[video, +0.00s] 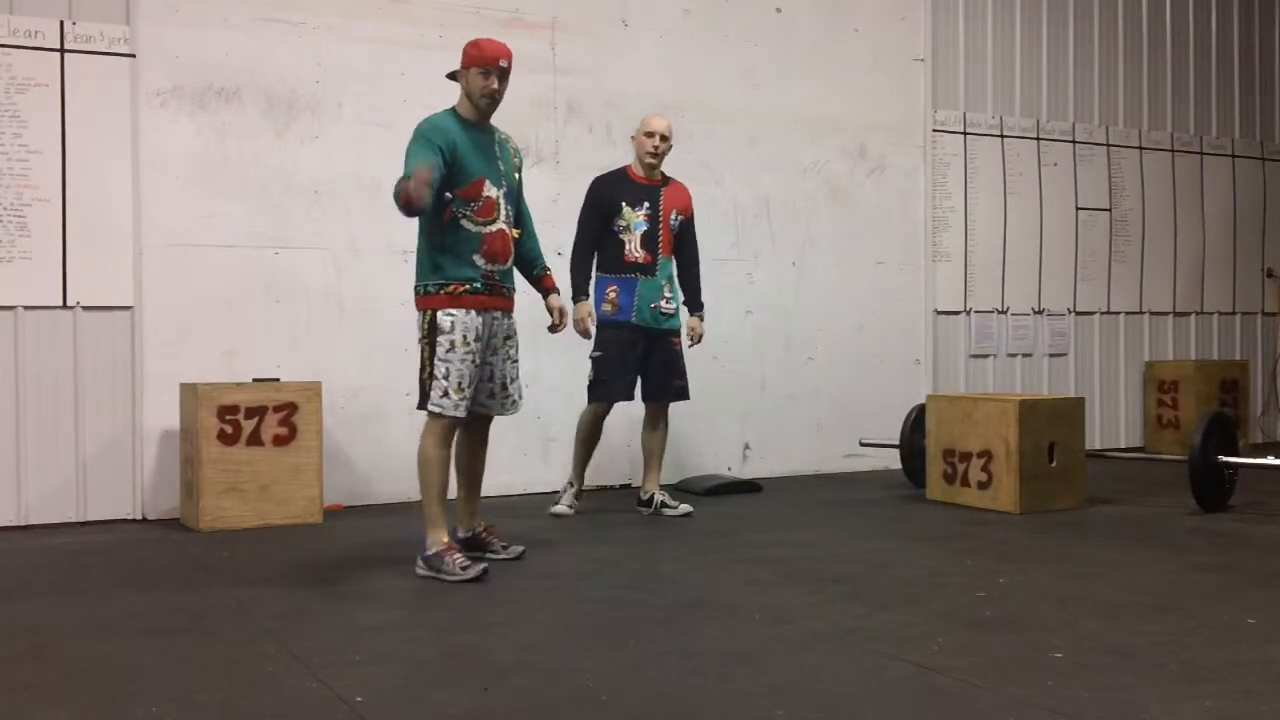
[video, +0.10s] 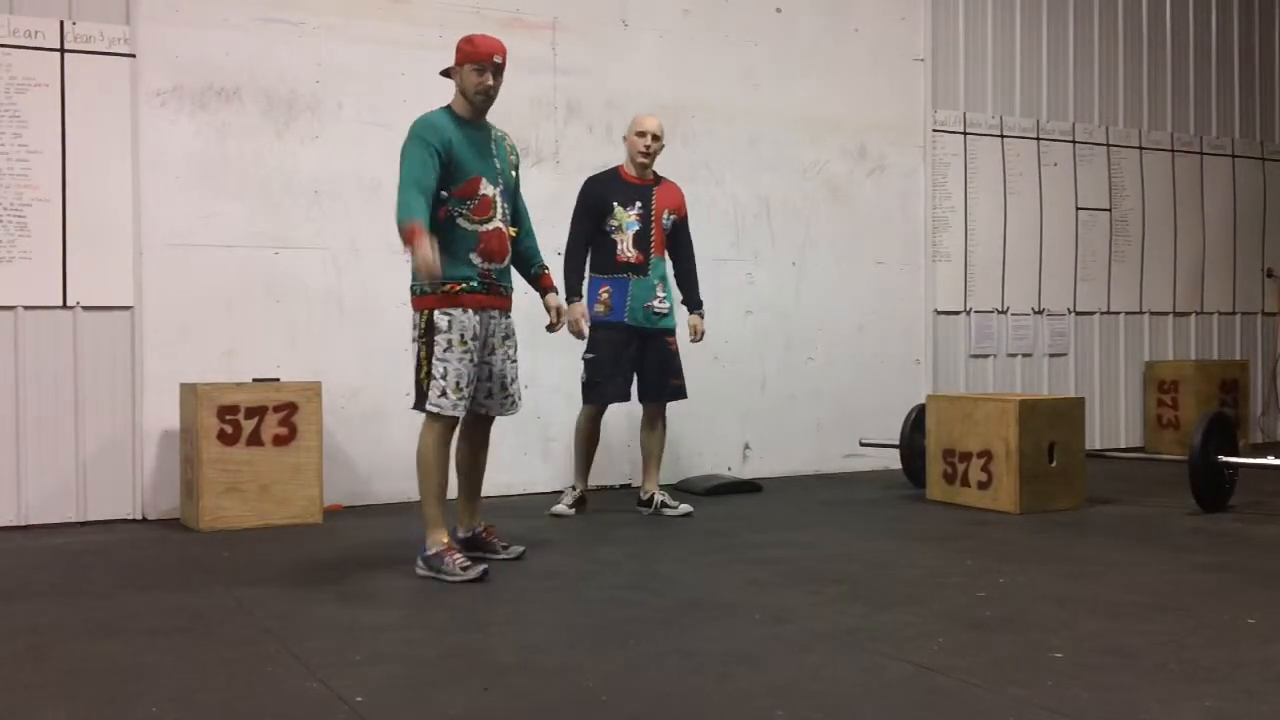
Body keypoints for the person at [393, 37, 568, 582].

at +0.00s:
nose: (491, 83)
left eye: (500, 75)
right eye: (482, 72)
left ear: (507, 83)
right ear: (460, 76)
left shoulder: (506, 148)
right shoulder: (437, 133)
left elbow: (520, 225)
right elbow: (415, 189)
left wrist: (549, 289)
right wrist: (417, 190)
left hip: (497, 300)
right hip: (450, 296)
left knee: (479, 416)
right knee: (443, 416)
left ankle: (470, 529)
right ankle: (436, 545)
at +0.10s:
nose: (488, 78)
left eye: (496, 70)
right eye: (477, 68)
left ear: (502, 78)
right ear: (455, 73)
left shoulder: (502, 145)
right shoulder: (432, 131)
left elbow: (517, 224)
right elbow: (412, 194)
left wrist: (547, 287)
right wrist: (421, 241)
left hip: (495, 301)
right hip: (448, 297)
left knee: (480, 415)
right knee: (442, 415)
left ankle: (470, 529)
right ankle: (436, 544)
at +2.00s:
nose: (503, 101)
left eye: (506, 92)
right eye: (501, 89)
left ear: (479, 83)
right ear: (474, 80)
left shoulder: (480, 144)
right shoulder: (426, 128)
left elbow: (490, 220)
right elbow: (411, 199)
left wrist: (524, 282)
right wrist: (431, 249)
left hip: (476, 300)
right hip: (438, 299)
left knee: (461, 415)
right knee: (437, 416)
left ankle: (451, 532)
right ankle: (433, 547)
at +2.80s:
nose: (499, 111)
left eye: (502, 101)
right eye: (499, 100)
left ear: (468, 85)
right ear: (480, 89)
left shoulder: (457, 135)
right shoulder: (429, 135)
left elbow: (479, 193)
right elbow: (473, 209)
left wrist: (524, 189)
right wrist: (552, 218)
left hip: (462, 296)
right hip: (434, 297)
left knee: (452, 417)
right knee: (432, 416)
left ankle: (448, 532)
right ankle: (402, 545)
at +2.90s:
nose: (497, 108)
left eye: (500, 98)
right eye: (497, 97)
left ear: (467, 84)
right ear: (476, 87)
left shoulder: (457, 133)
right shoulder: (424, 134)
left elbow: (482, 185)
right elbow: (463, 211)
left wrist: (526, 183)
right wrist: (539, 226)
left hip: (460, 297)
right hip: (428, 300)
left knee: (449, 420)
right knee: (421, 419)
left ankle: (447, 533)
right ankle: (401, 546)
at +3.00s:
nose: (495, 105)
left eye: (497, 95)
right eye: (494, 94)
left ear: (463, 83)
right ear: (472, 86)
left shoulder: (454, 132)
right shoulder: (418, 134)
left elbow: (483, 175)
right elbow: (451, 212)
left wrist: (530, 165)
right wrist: (525, 230)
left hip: (457, 296)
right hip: (422, 298)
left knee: (447, 419)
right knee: (415, 419)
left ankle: (448, 532)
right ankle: (402, 546)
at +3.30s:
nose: (477, 101)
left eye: (480, 93)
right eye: (477, 92)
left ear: (451, 80)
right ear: (457, 81)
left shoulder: (444, 127)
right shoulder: (399, 134)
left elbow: (478, 146)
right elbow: (404, 222)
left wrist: (522, 118)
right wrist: (470, 256)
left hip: (451, 298)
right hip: (409, 302)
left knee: (455, 414)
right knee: (405, 419)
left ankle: (450, 529)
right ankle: (400, 546)